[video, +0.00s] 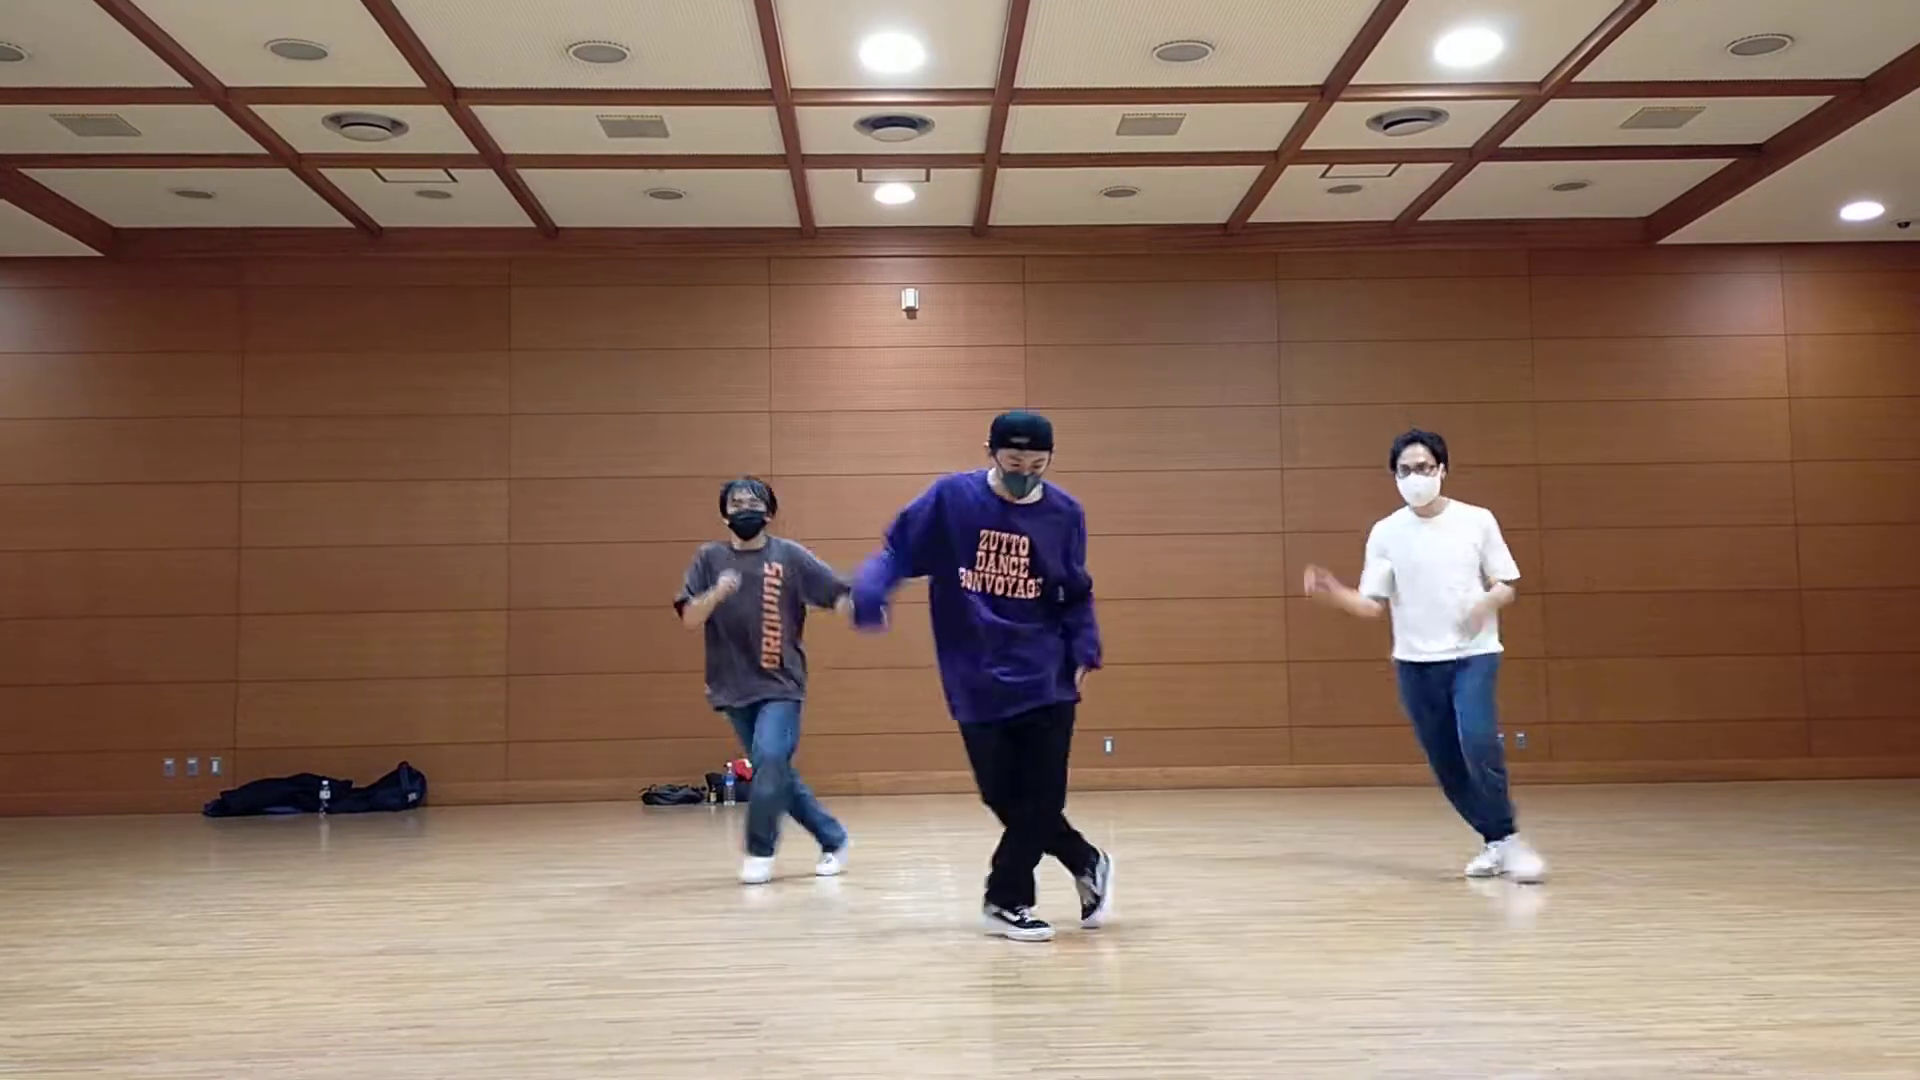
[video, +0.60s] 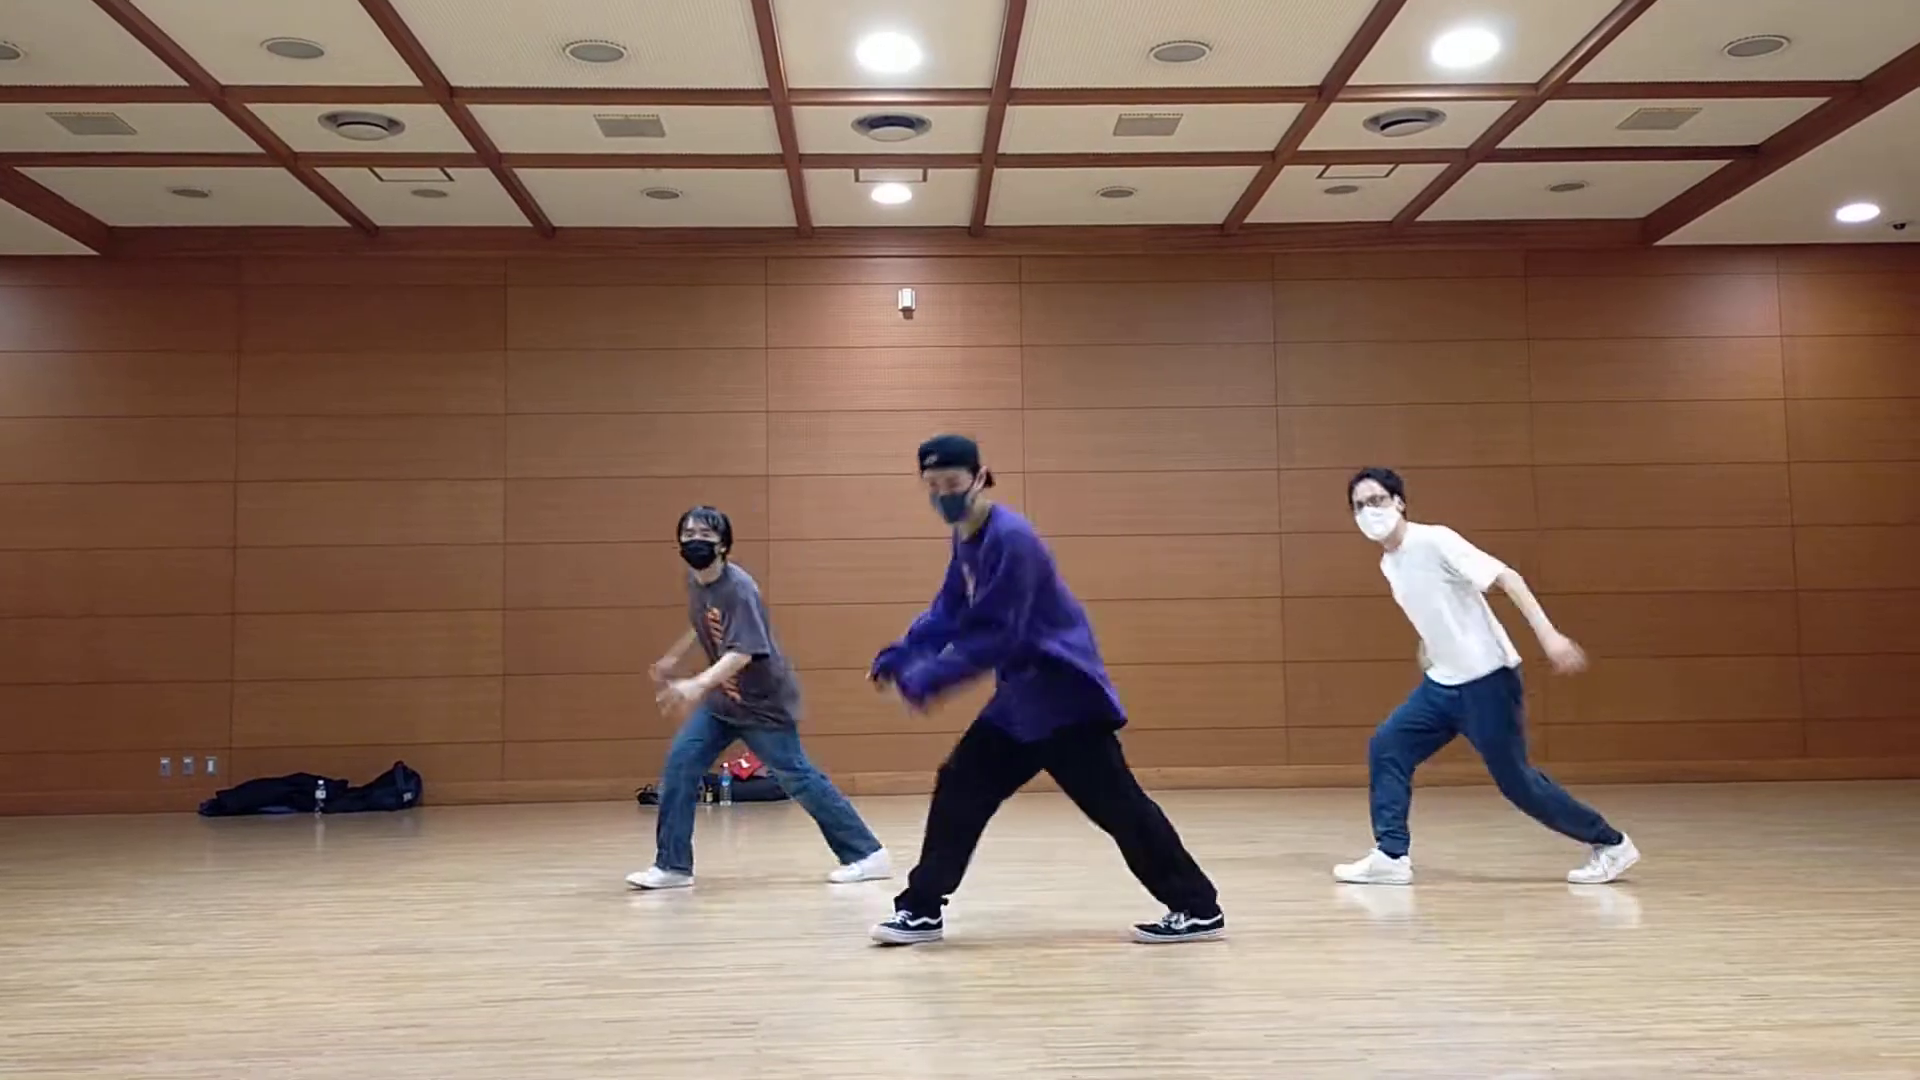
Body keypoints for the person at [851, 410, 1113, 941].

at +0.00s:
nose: (1025, 464)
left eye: (1035, 455)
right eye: (1015, 454)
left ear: (1047, 457)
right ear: (994, 452)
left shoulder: (1064, 514)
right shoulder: (953, 498)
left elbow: (1075, 592)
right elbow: (898, 551)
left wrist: (1083, 651)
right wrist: (867, 590)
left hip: (1044, 676)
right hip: (975, 679)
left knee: (1041, 794)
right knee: (1002, 794)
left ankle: (1006, 900)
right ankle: (1086, 862)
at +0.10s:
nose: (1027, 463)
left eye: (1038, 455)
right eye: (1017, 453)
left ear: (1052, 460)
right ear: (1000, 458)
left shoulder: (1076, 524)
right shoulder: (970, 519)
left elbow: (1100, 590)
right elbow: (951, 598)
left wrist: (1102, 609)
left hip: (1067, 677)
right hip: (1000, 683)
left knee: (1065, 784)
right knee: (1037, 797)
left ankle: (1059, 879)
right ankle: (1113, 887)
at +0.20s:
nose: (1028, 459)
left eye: (1038, 450)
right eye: (1017, 449)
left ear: (1055, 454)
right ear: (1000, 453)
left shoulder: (1079, 518)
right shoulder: (980, 518)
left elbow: (1092, 592)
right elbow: (975, 604)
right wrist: (984, 684)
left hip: (1071, 670)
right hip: (1009, 681)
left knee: (1074, 769)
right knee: (1057, 794)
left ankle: (1117, 894)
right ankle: (1105, 892)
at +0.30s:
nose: (1013, 426)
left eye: (1024, 416)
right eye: (1003, 417)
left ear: (1047, 421)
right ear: (989, 422)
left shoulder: (1070, 479)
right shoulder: (981, 489)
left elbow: (1061, 544)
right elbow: (993, 570)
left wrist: (1023, 472)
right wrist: (990, 637)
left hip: (1061, 652)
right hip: (1008, 657)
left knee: (1081, 777)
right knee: (1042, 781)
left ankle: (1123, 895)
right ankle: (1098, 881)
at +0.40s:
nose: (989, 406)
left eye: (1000, 397)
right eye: (979, 398)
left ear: (1024, 405)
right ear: (970, 409)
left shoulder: (1050, 459)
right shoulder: (974, 475)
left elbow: (1035, 524)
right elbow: (988, 554)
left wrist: (964, 479)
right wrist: (968, 611)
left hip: (1061, 639)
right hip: (1007, 645)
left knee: (1079, 765)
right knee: (1012, 765)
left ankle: (1139, 882)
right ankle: (1060, 871)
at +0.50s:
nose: (967, 444)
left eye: (977, 432)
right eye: (956, 435)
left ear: (1001, 429)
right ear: (946, 438)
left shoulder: (1029, 485)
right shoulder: (968, 500)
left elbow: (1008, 562)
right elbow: (974, 574)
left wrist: (925, 559)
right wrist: (935, 623)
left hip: (1070, 658)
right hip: (1017, 662)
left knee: (1102, 781)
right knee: (990, 777)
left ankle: (1177, 889)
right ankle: (968, 895)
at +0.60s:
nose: (944, 495)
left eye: (954, 483)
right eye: (934, 486)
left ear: (981, 480)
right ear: (926, 490)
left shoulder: (1011, 540)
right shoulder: (967, 541)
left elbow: (999, 635)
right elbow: (949, 612)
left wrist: (928, 678)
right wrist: (900, 654)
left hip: (1063, 692)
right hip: (1023, 695)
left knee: (1117, 804)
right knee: (961, 785)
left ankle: (1197, 906)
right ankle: (921, 909)